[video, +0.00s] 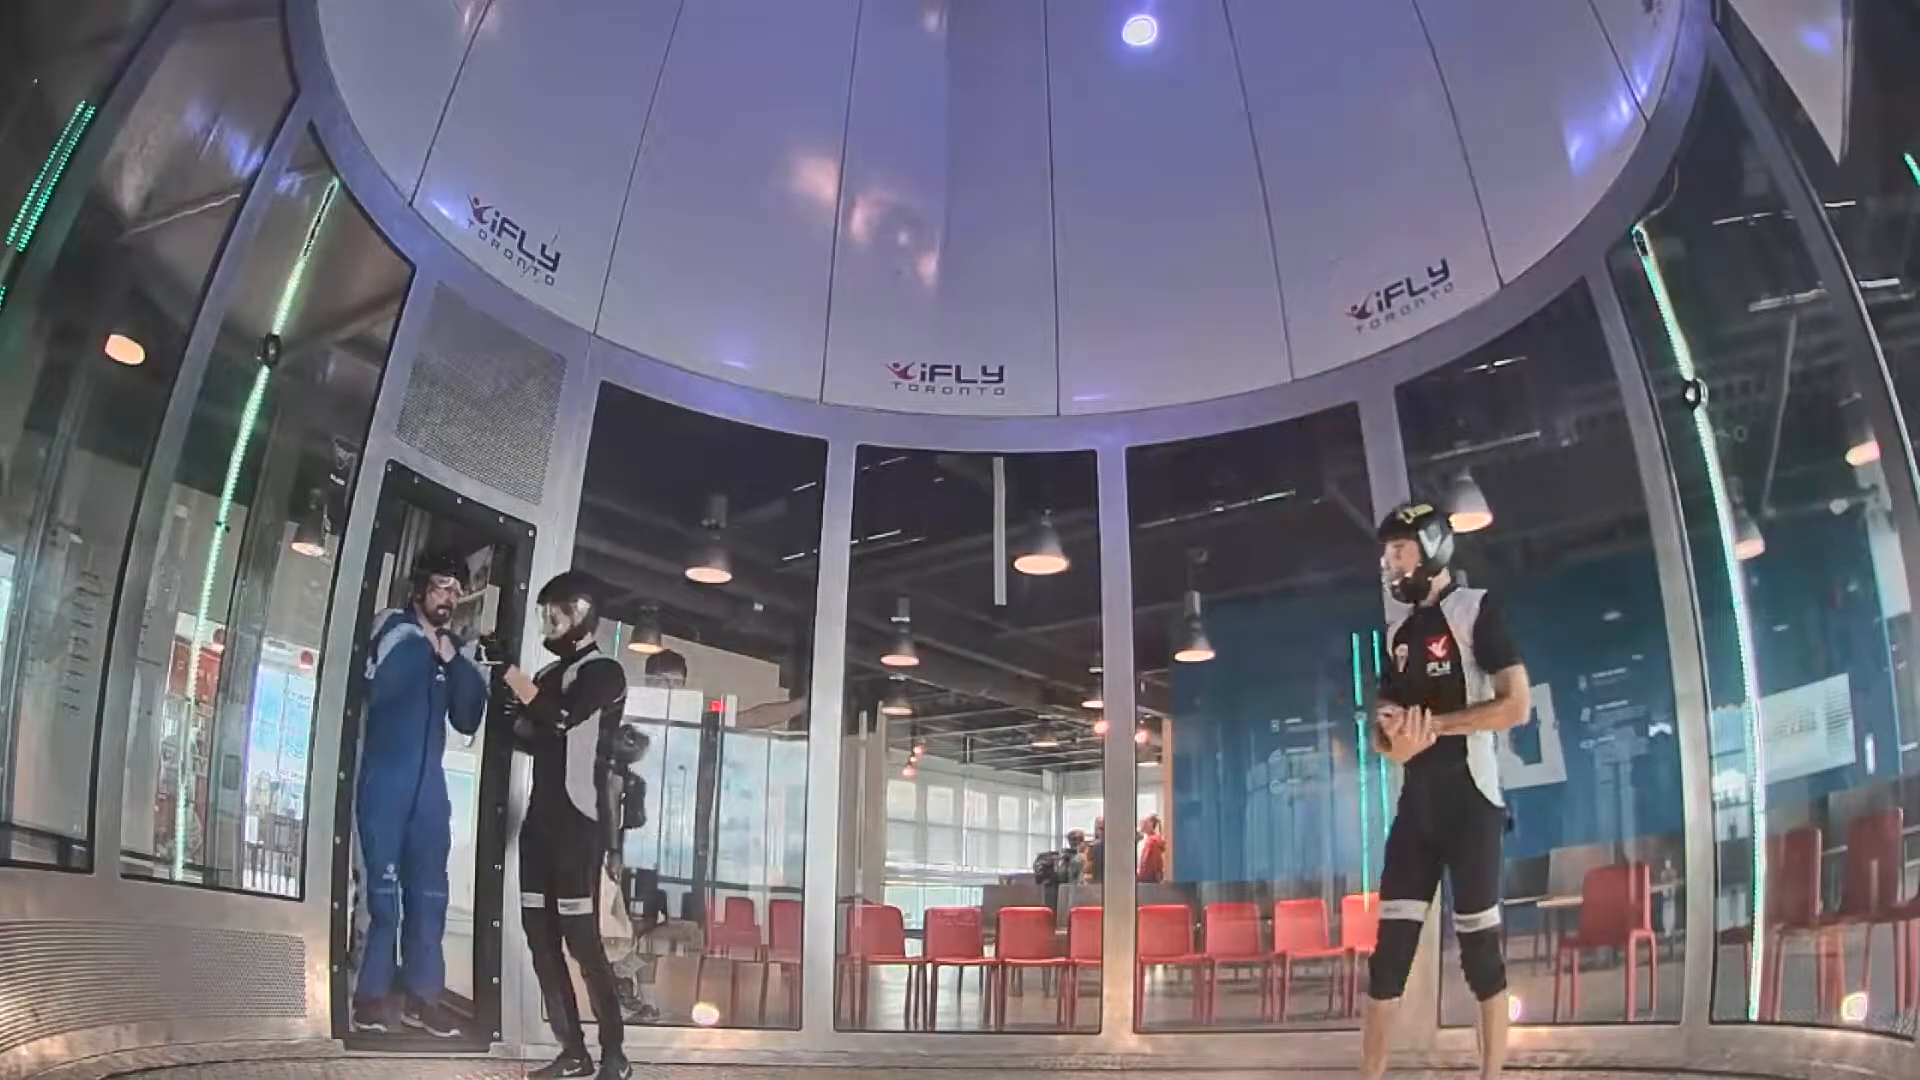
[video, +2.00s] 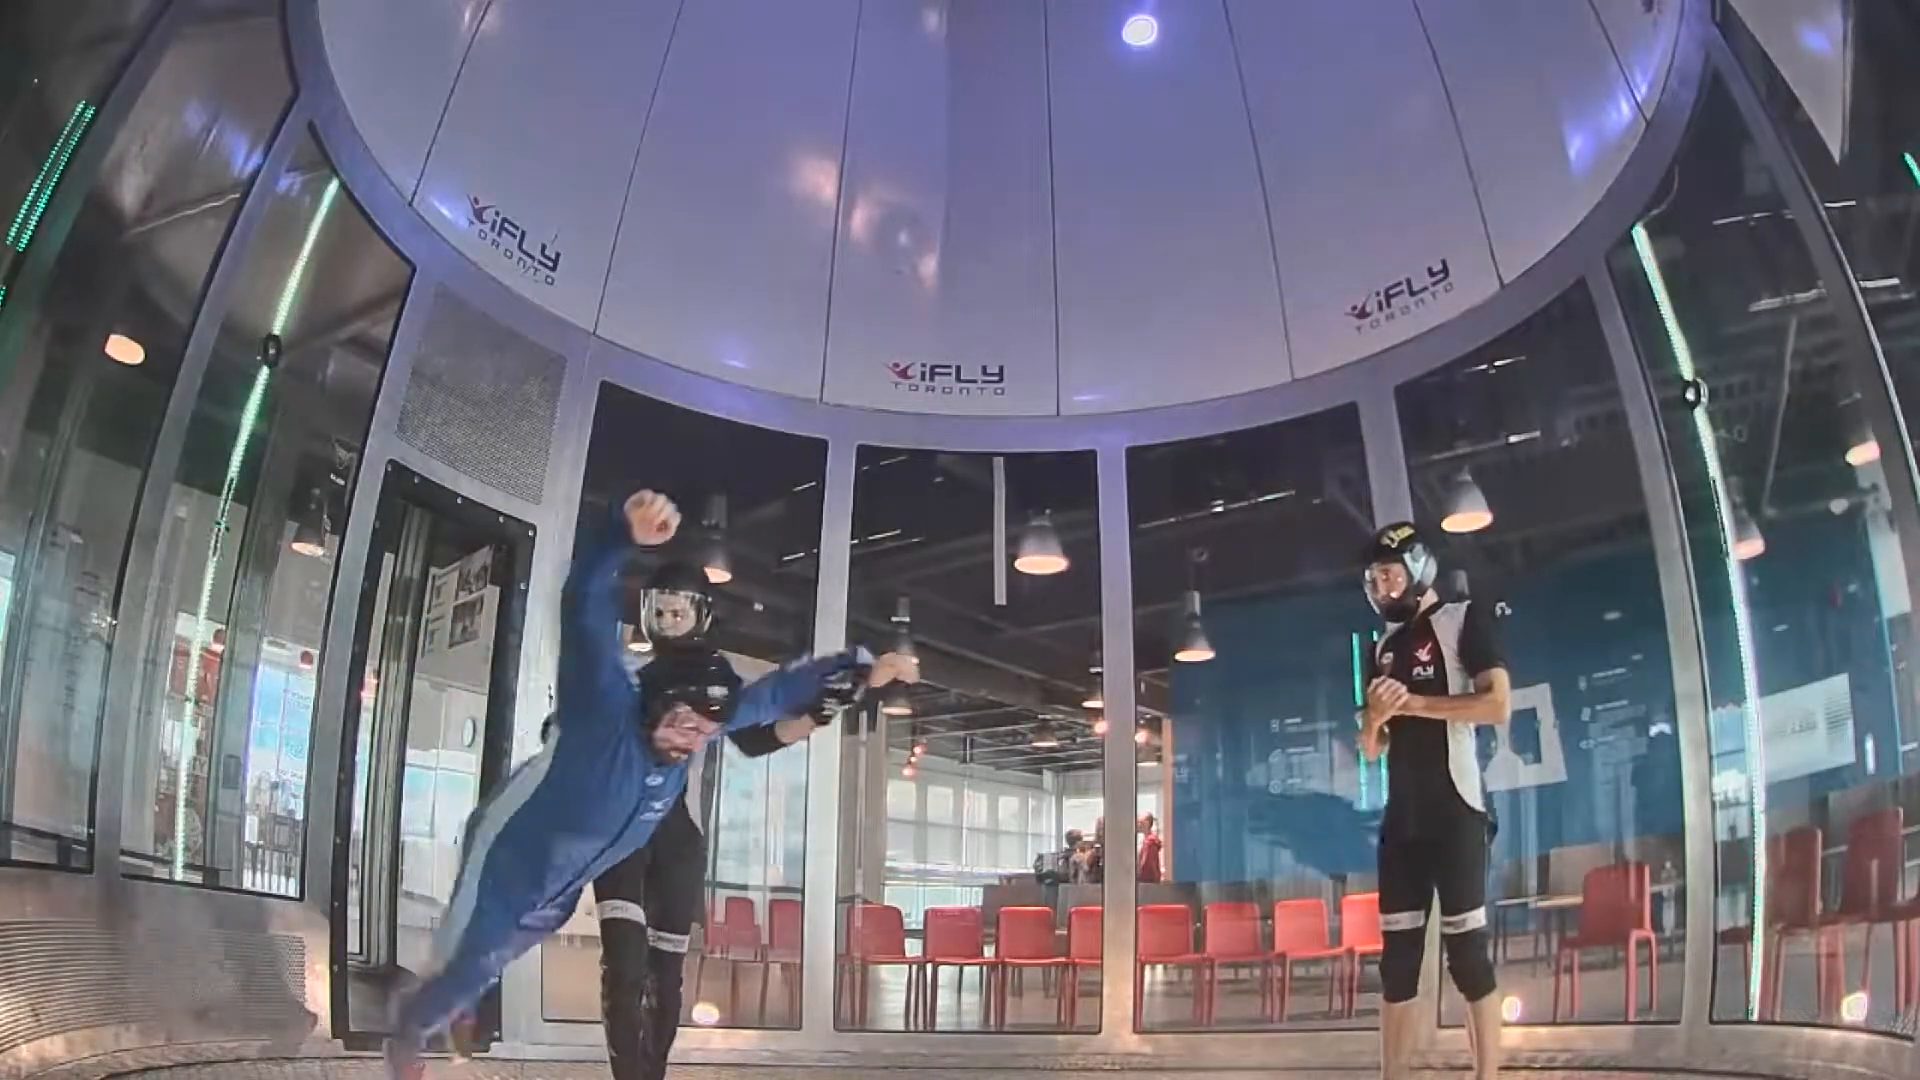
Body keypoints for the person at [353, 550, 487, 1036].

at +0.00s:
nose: (445, 598)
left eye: (454, 592)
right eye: (438, 587)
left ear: (460, 601)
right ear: (419, 591)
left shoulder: (457, 648)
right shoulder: (393, 629)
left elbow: (468, 719)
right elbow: (377, 691)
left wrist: (455, 659)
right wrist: (419, 640)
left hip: (429, 780)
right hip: (384, 777)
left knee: (430, 889)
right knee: (384, 889)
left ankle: (423, 998)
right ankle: (372, 999)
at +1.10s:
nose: (516, 624)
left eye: (527, 616)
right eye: (509, 610)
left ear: (533, 622)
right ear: (487, 606)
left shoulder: (525, 663)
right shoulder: (457, 653)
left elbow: (564, 720)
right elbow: (432, 720)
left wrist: (533, 684)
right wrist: (488, 678)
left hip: (489, 808)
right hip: (438, 800)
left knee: (470, 912)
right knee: (450, 899)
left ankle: (430, 1018)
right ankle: (404, 1021)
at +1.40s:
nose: (558, 657)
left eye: (569, 649)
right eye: (550, 642)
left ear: (577, 653)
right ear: (525, 635)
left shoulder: (567, 691)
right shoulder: (492, 676)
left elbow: (622, 735)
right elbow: (452, 726)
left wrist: (596, 731)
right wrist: (539, 715)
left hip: (504, 833)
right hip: (447, 823)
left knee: (487, 951)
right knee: (449, 935)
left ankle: (427, 1012)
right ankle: (401, 1051)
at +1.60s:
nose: (600, 683)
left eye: (605, 674)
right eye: (592, 668)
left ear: (606, 676)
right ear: (559, 660)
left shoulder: (586, 711)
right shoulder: (508, 690)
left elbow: (634, 722)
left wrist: (690, 733)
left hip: (520, 861)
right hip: (460, 846)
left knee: (495, 974)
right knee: (471, 968)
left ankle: (422, 1034)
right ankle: (405, 1032)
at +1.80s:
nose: (618, 722)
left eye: (630, 714)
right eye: (609, 707)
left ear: (640, 719)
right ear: (583, 698)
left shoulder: (629, 744)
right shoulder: (540, 721)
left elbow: (700, 722)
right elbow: (508, 645)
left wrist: (768, 705)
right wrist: (574, 617)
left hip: (535, 899)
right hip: (477, 876)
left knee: (488, 1014)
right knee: (478, 1008)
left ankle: (420, 1044)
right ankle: (407, 1037)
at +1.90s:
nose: (663, 745)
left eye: (675, 733)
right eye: (653, 728)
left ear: (684, 728)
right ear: (624, 709)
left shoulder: (675, 735)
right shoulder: (579, 718)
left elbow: (748, 706)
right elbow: (555, 624)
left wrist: (826, 670)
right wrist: (590, 554)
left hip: (548, 896)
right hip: (493, 875)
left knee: (480, 1002)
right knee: (465, 1005)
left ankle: (423, 1049)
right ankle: (408, 1053)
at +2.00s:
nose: (694, 738)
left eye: (706, 728)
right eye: (686, 719)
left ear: (714, 726)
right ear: (656, 699)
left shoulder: (696, 735)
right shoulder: (604, 704)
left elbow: (774, 697)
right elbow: (587, 612)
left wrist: (859, 668)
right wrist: (622, 536)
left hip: (558, 891)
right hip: (502, 862)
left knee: (484, 970)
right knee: (461, 970)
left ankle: (419, 1025)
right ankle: (407, 1034)